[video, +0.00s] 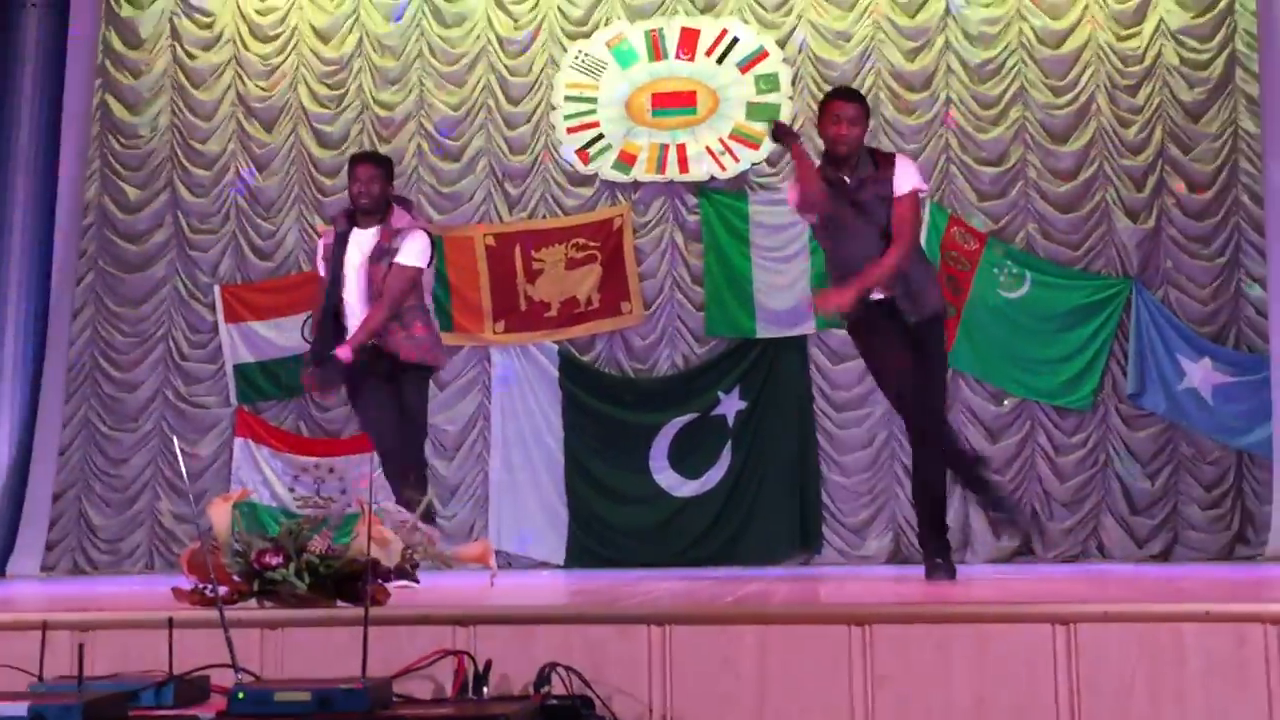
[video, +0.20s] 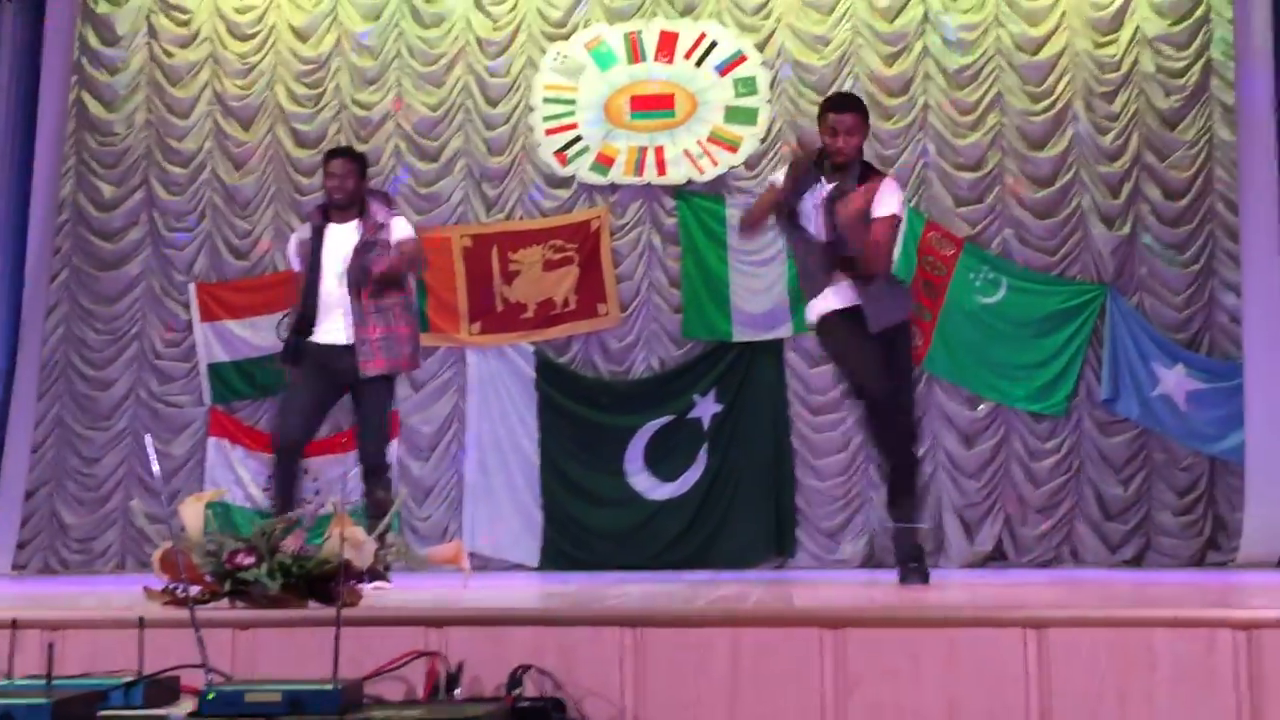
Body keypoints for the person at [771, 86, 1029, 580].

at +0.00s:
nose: (842, 129)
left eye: (851, 121)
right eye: (833, 121)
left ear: (867, 127)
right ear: (819, 129)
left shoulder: (899, 169)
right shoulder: (814, 181)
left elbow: (902, 250)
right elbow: (814, 206)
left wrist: (848, 290)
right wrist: (796, 149)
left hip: (918, 303)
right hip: (866, 311)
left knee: (928, 420)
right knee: (920, 414)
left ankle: (935, 546)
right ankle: (988, 491)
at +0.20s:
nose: (842, 141)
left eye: (852, 133)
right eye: (833, 132)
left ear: (865, 137)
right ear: (820, 135)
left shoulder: (883, 189)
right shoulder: (802, 184)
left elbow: (874, 266)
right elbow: (749, 226)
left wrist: (850, 223)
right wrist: (788, 182)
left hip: (884, 305)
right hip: (832, 305)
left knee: (899, 419)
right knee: (878, 392)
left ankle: (907, 540)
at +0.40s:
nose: (835, 157)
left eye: (846, 150)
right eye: (829, 148)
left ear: (864, 156)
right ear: (818, 152)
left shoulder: (885, 196)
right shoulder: (785, 192)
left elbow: (970, 206)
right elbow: (716, 210)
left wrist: (1032, 182)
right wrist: (709, 285)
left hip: (847, 354)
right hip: (783, 350)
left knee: (871, 461)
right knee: (744, 451)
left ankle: (898, 578)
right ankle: (708, 574)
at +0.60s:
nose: (865, 165)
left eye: (862, 156)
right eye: (855, 156)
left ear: (844, 168)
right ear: (827, 166)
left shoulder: (855, 232)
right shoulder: (789, 226)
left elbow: (847, 301)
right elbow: (785, 306)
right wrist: (847, 326)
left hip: (821, 365)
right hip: (771, 365)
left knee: (866, 459)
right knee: (741, 464)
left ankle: (831, 583)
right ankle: (699, 588)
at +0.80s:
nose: (765, 186)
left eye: (765, 178)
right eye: (766, 178)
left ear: (776, 175)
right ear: (811, 167)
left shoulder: (764, 221)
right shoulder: (864, 203)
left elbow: (762, 285)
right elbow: (881, 271)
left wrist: (793, 317)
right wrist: (862, 304)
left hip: (809, 352)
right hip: (865, 344)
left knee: (827, 467)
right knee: (872, 457)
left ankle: (885, 574)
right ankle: (889, 402)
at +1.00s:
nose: (723, 212)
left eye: (730, 201)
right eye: (719, 203)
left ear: (758, 196)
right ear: (722, 204)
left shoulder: (778, 233)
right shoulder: (752, 242)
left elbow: (843, 281)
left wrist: (820, 342)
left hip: (873, 351)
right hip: (835, 358)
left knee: (894, 469)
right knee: (808, 458)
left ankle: (941, 585)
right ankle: (828, 567)